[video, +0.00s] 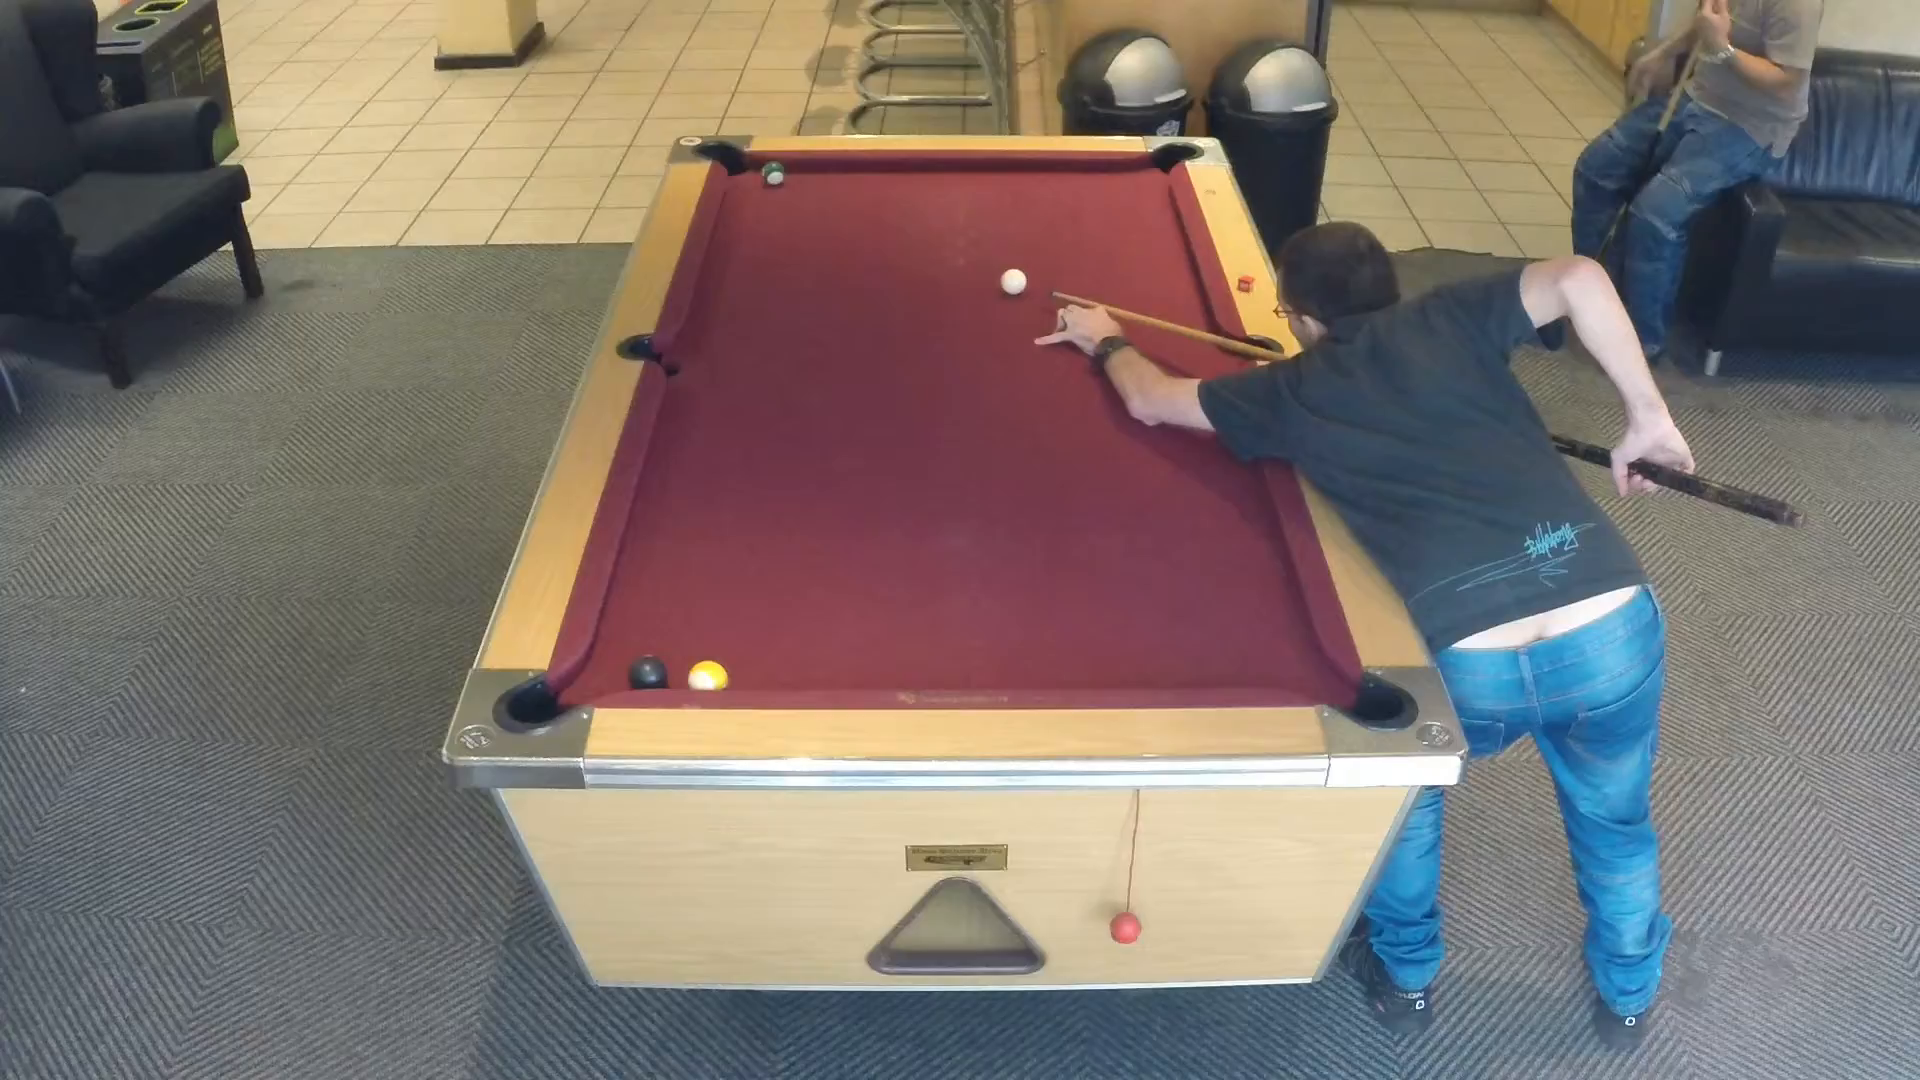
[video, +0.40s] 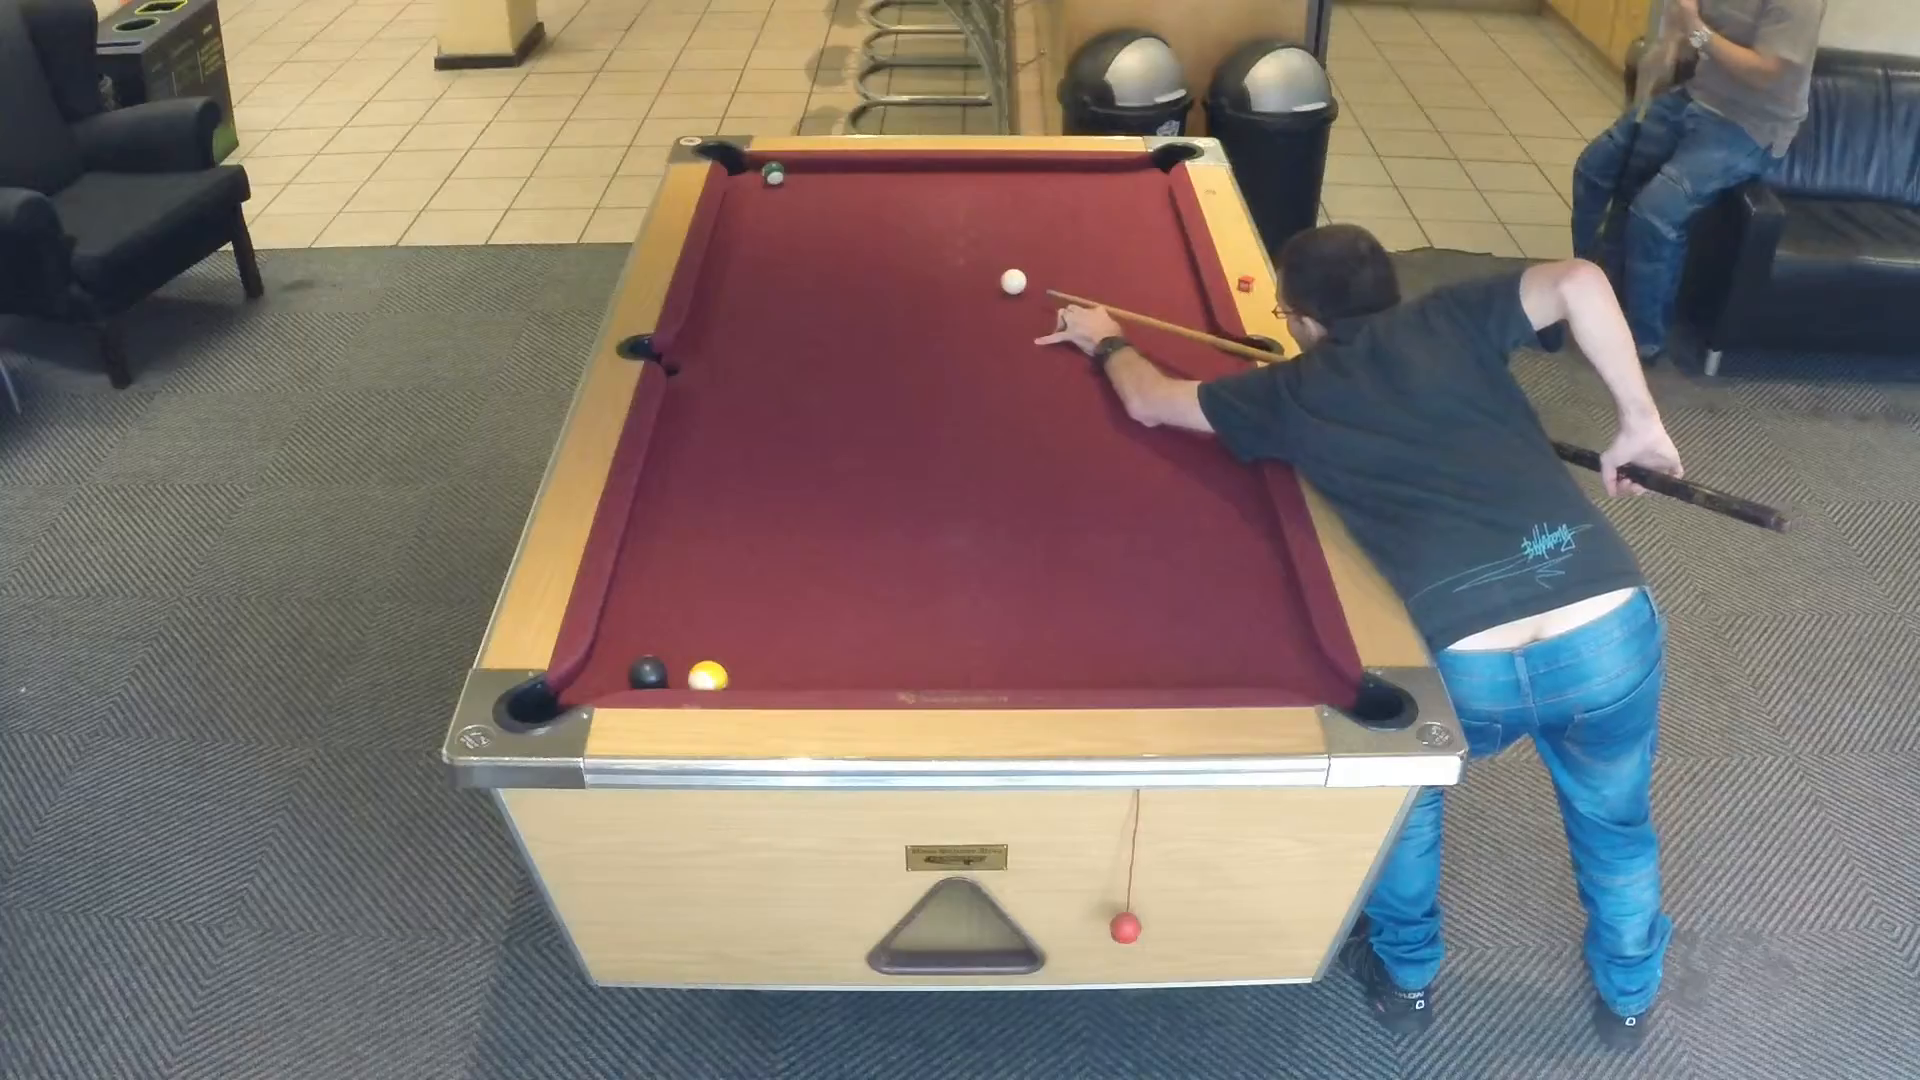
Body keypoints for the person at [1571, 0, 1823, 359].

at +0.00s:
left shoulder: (1796, 7)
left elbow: (1786, 82)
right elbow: (1711, 24)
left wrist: (1723, 50)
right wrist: (1664, 53)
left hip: (1746, 128)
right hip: (1693, 100)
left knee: (1654, 212)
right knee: (1596, 171)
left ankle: (1643, 344)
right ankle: (1589, 303)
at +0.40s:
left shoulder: (1798, 6)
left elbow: (1768, 72)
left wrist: (1698, 30)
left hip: (1747, 127)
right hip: (1694, 100)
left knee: (1654, 211)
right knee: (1593, 171)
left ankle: (1643, 343)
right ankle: (1585, 296)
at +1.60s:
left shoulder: (1793, 6)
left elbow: (1746, 67)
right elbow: (1690, 46)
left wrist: (1680, 20)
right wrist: (1685, 35)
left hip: (1750, 126)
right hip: (1694, 98)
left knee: (1653, 210)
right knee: (1593, 168)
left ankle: (1643, 341)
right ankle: (1591, 302)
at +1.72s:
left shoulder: (1793, 6)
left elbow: (1745, 67)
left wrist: (1680, 20)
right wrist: (1689, 39)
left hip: (1750, 126)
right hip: (1694, 98)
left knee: (1653, 210)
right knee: (1593, 168)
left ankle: (1644, 341)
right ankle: (1591, 302)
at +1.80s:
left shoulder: (1793, 6)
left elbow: (1746, 67)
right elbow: (1690, 49)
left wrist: (1681, 20)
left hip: (1750, 126)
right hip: (1694, 98)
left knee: (1653, 210)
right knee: (1594, 168)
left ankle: (1643, 341)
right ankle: (1590, 301)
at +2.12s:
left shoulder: (1794, 6)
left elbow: (1749, 68)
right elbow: (1692, 24)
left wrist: (1684, 21)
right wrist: (1678, 68)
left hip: (1749, 127)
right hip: (1691, 101)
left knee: (1655, 209)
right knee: (1594, 168)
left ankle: (1645, 342)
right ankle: (1592, 303)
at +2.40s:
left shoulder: (1794, 6)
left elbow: (1767, 74)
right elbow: (1688, 37)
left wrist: (1701, 29)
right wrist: (1672, 99)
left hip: (1749, 127)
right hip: (1692, 105)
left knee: (1655, 209)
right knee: (1594, 169)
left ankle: (1644, 345)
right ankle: (1590, 301)